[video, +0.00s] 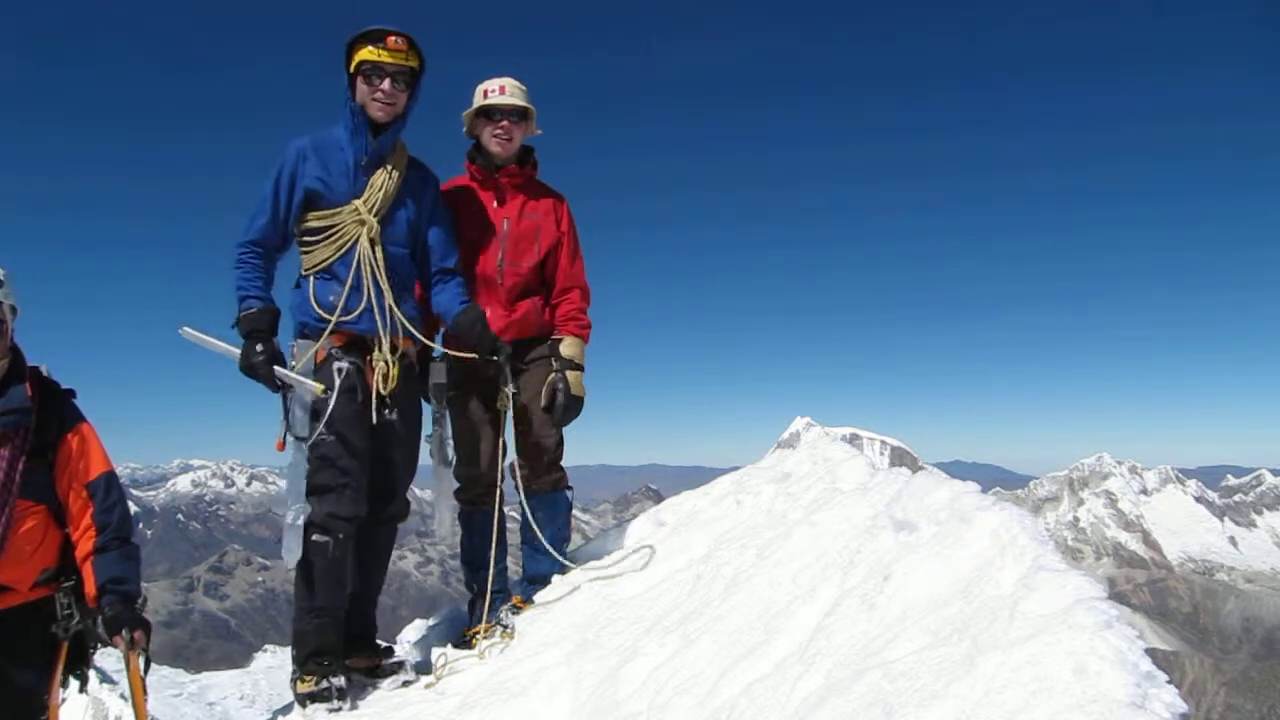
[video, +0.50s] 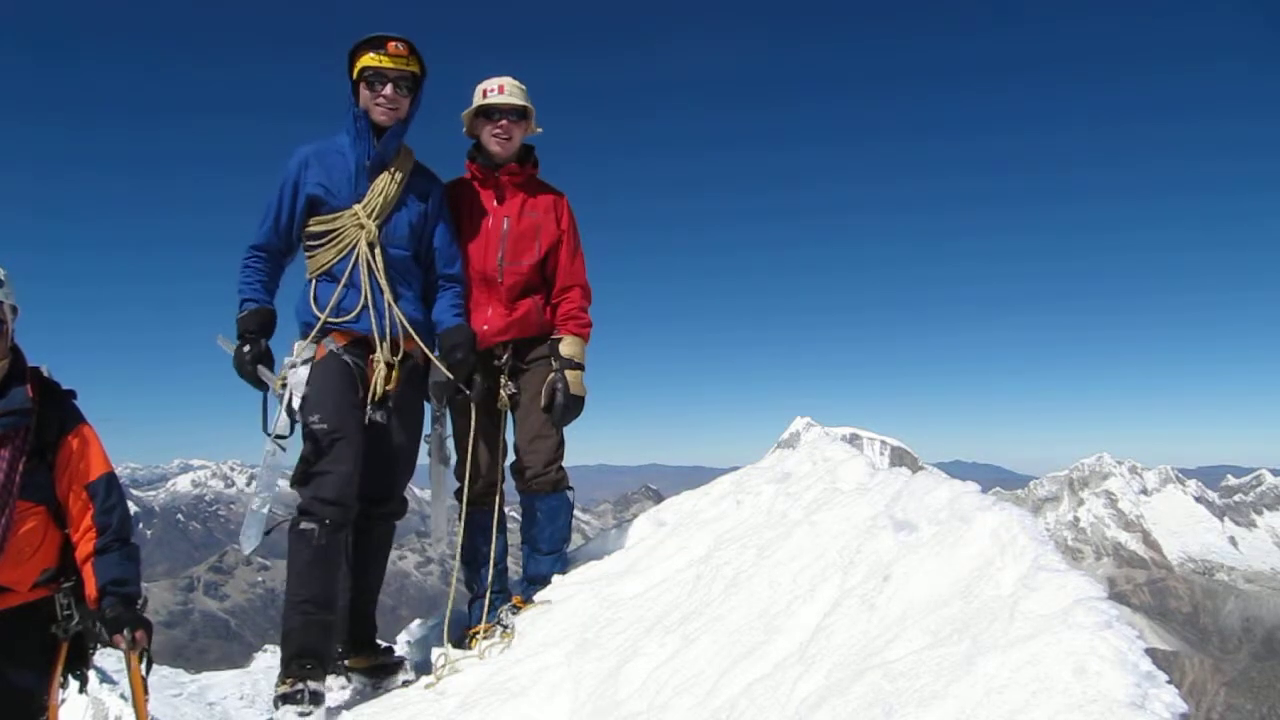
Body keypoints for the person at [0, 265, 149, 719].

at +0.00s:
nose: (0, 331)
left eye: (1, 318)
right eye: (0, 318)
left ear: (11, 321)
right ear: (6, 321)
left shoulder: (45, 408)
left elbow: (98, 507)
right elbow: (98, 507)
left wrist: (116, 597)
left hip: (24, 617)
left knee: (21, 707)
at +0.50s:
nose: (0, 329)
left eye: (1, 317)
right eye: (1, 316)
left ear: (11, 320)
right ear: (7, 320)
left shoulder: (46, 410)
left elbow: (97, 509)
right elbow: (98, 509)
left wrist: (115, 596)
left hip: (23, 617)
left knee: (20, 705)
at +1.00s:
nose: (1, 328)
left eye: (2, 316)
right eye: (2, 316)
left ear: (10, 320)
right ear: (8, 320)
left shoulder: (46, 410)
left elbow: (97, 509)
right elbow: (98, 510)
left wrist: (116, 597)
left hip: (24, 618)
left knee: (21, 705)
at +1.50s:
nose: (1, 328)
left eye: (1, 316)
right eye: (1, 316)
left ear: (10, 319)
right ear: (7, 320)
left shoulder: (45, 409)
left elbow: (97, 507)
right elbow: (98, 507)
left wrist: (118, 596)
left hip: (24, 620)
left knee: (20, 704)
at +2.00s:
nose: (1, 329)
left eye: (2, 317)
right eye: (2, 317)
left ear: (12, 321)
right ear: (8, 321)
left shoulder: (47, 410)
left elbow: (99, 508)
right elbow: (99, 508)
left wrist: (119, 596)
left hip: (25, 619)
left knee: (20, 704)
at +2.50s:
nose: (1, 333)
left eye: (2, 319)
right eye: (2, 319)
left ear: (12, 322)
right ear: (8, 322)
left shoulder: (47, 410)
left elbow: (99, 508)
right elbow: (100, 508)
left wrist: (120, 596)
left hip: (25, 619)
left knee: (20, 705)